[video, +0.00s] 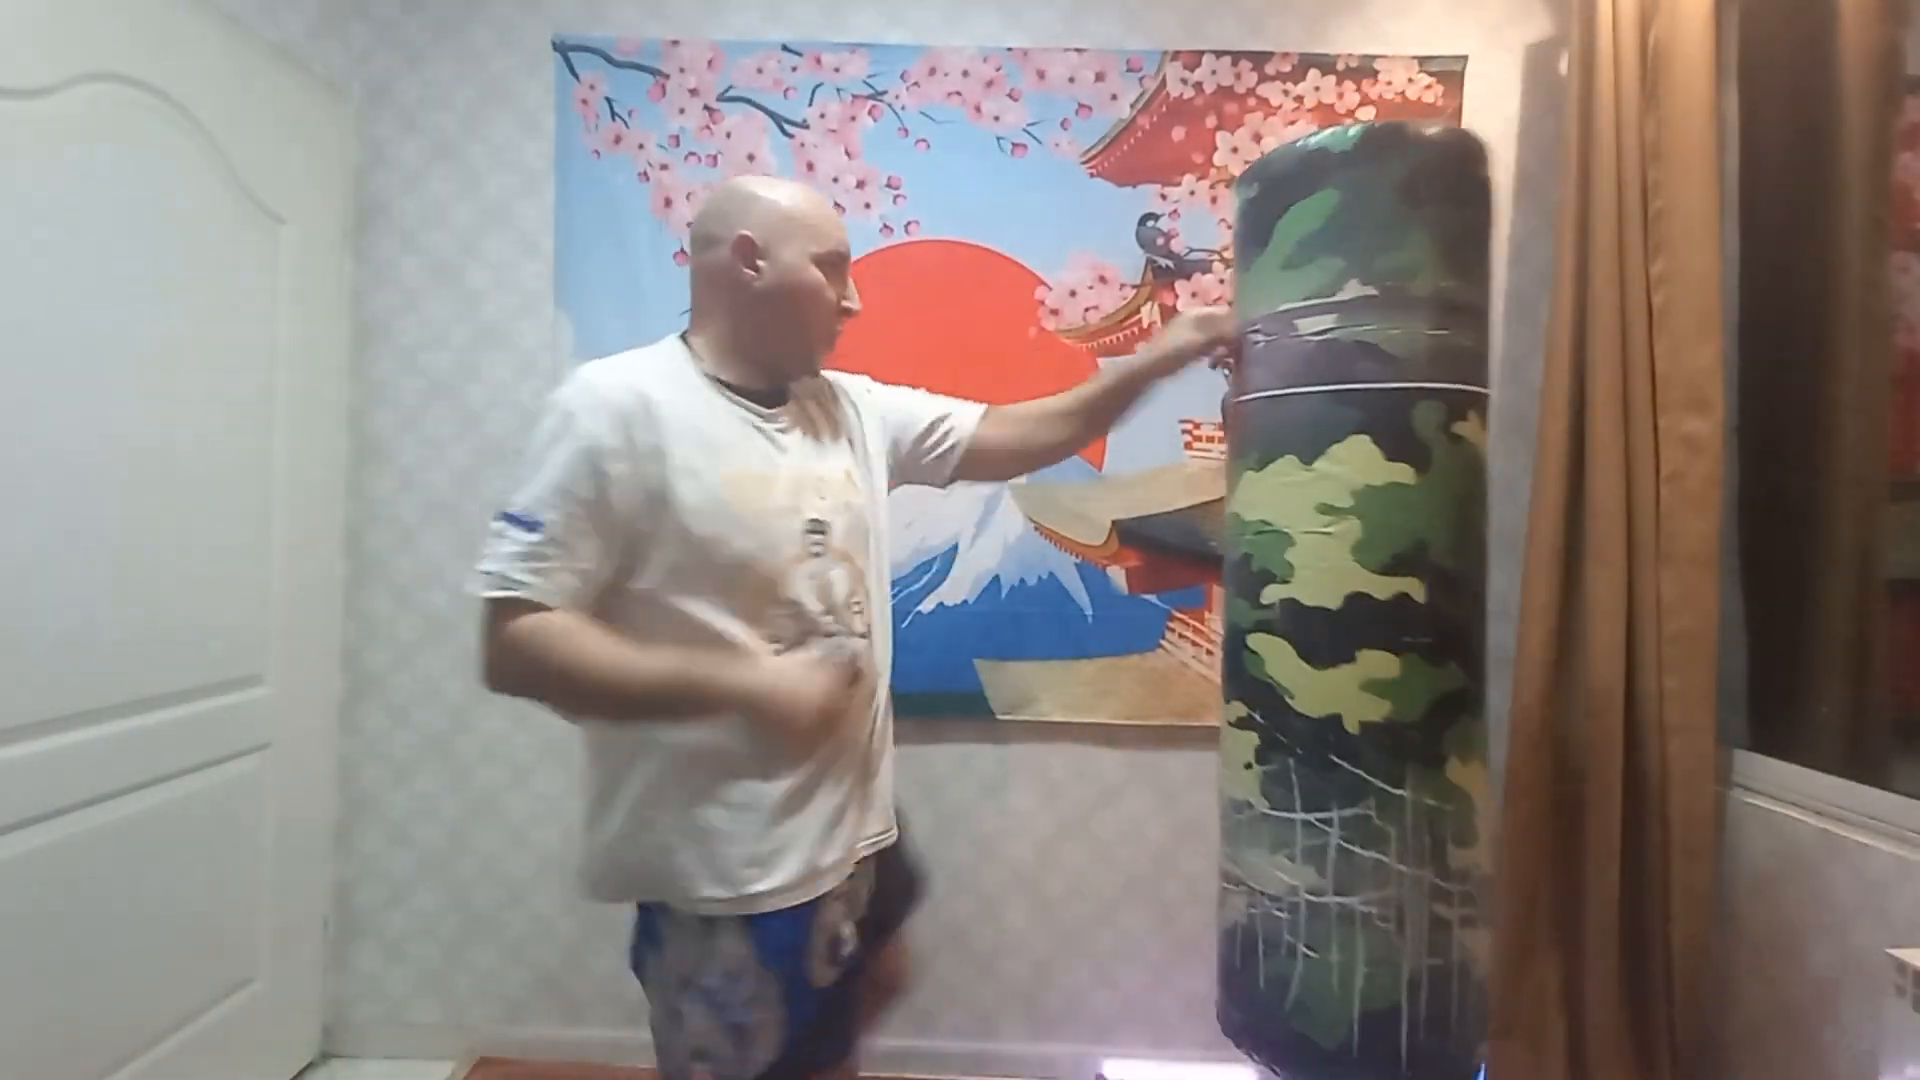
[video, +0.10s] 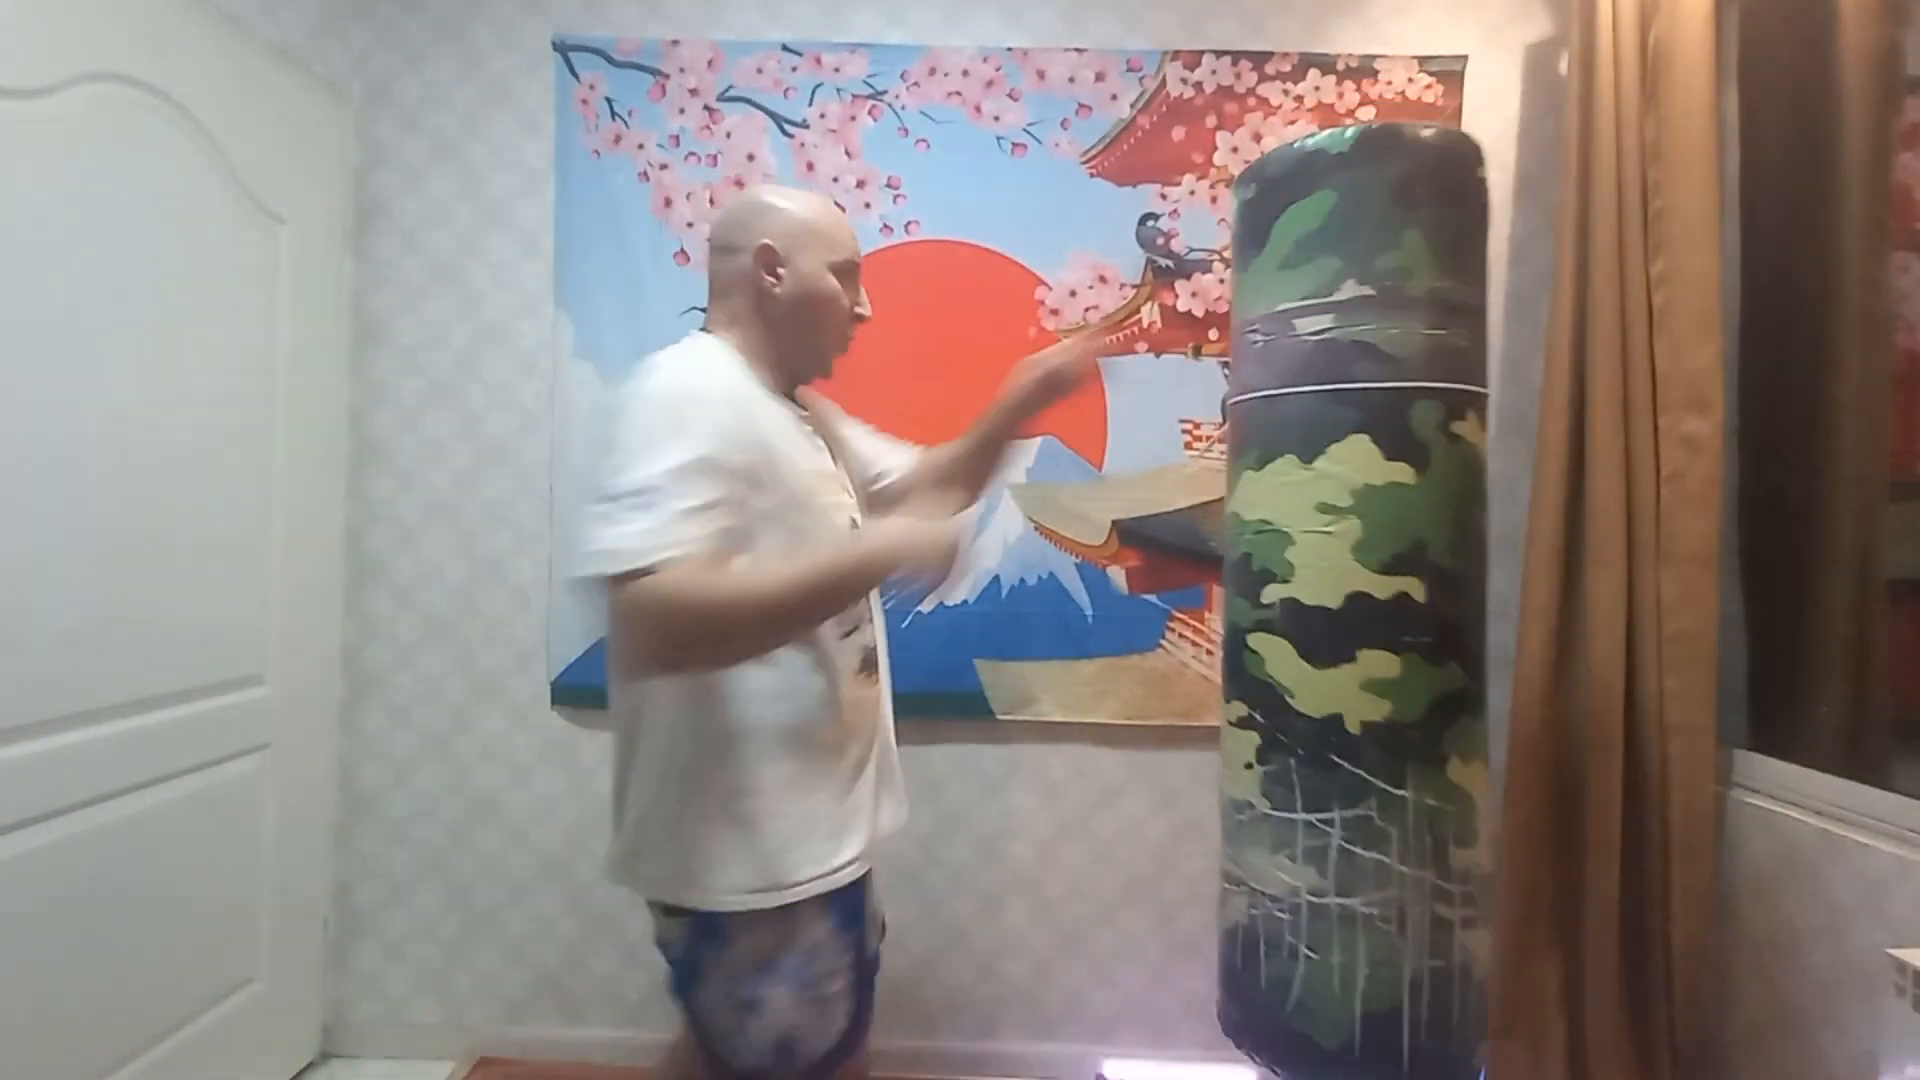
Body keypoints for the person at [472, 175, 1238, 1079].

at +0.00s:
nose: (854, 295)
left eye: (848, 268)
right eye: (831, 268)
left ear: (757, 264)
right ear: (747, 265)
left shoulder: (854, 410)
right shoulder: (611, 409)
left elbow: (1019, 434)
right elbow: (516, 642)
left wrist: (1162, 356)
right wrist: (747, 680)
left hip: (858, 853)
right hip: (724, 893)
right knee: (732, 1065)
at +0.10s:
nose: (862, 307)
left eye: (859, 281)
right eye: (844, 277)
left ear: (770, 277)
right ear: (767, 273)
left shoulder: (794, 410)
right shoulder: (685, 394)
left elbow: (915, 492)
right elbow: (652, 624)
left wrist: (1016, 407)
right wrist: (882, 547)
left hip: (823, 855)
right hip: (749, 877)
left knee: (831, 1059)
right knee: (766, 1066)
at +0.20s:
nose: (861, 316)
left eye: (859, 289)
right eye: (848, 286)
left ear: (763, 285)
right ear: (780, 281)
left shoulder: (669, 389)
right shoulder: (782, 391)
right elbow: (963, 496)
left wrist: (933, 449)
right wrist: (1089, 399)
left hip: (646, 831)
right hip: (771, 856)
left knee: (684, 1046)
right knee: (813, 1062)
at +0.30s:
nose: (843, 325)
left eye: (841, 301)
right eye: (837, 300)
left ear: (718, 292)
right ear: (791, 295)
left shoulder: (618, 402)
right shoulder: (850, 398)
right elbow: (1058, 443)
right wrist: (1155, 368)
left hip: (610, 810)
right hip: (779, 812)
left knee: (637, 1051)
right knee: (813, 1058)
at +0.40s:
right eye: (808, 292)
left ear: (704, 298)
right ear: (812, 303)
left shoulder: (613, 406)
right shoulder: (885, 411)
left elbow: (591, 524)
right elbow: (994, 486)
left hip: (639, 808)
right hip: (809, 805)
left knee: (638, 1058)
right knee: (784, 1038)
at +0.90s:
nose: (972, 331)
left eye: (975, 317)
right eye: (951, 310)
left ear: (978, 336)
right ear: (879, 318)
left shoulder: (996, 448)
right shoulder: (806, 380)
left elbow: (1095, 508)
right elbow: (786, 445)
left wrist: (1185, 431)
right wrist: (967, 374)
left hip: (915, 764)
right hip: (771, 755)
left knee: (972, 979)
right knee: (752, 1000)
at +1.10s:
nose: (1032, 369)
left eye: (1032, 352)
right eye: (1018, 349)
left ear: (966, 344)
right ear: (959, 343)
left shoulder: (970, 441)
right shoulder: (922, 401)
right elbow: (1042, 455)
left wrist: (1037, 529)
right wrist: (1213, 395)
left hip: (947, 723)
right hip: (904, 715)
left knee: (971, 979)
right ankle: (692, 985)